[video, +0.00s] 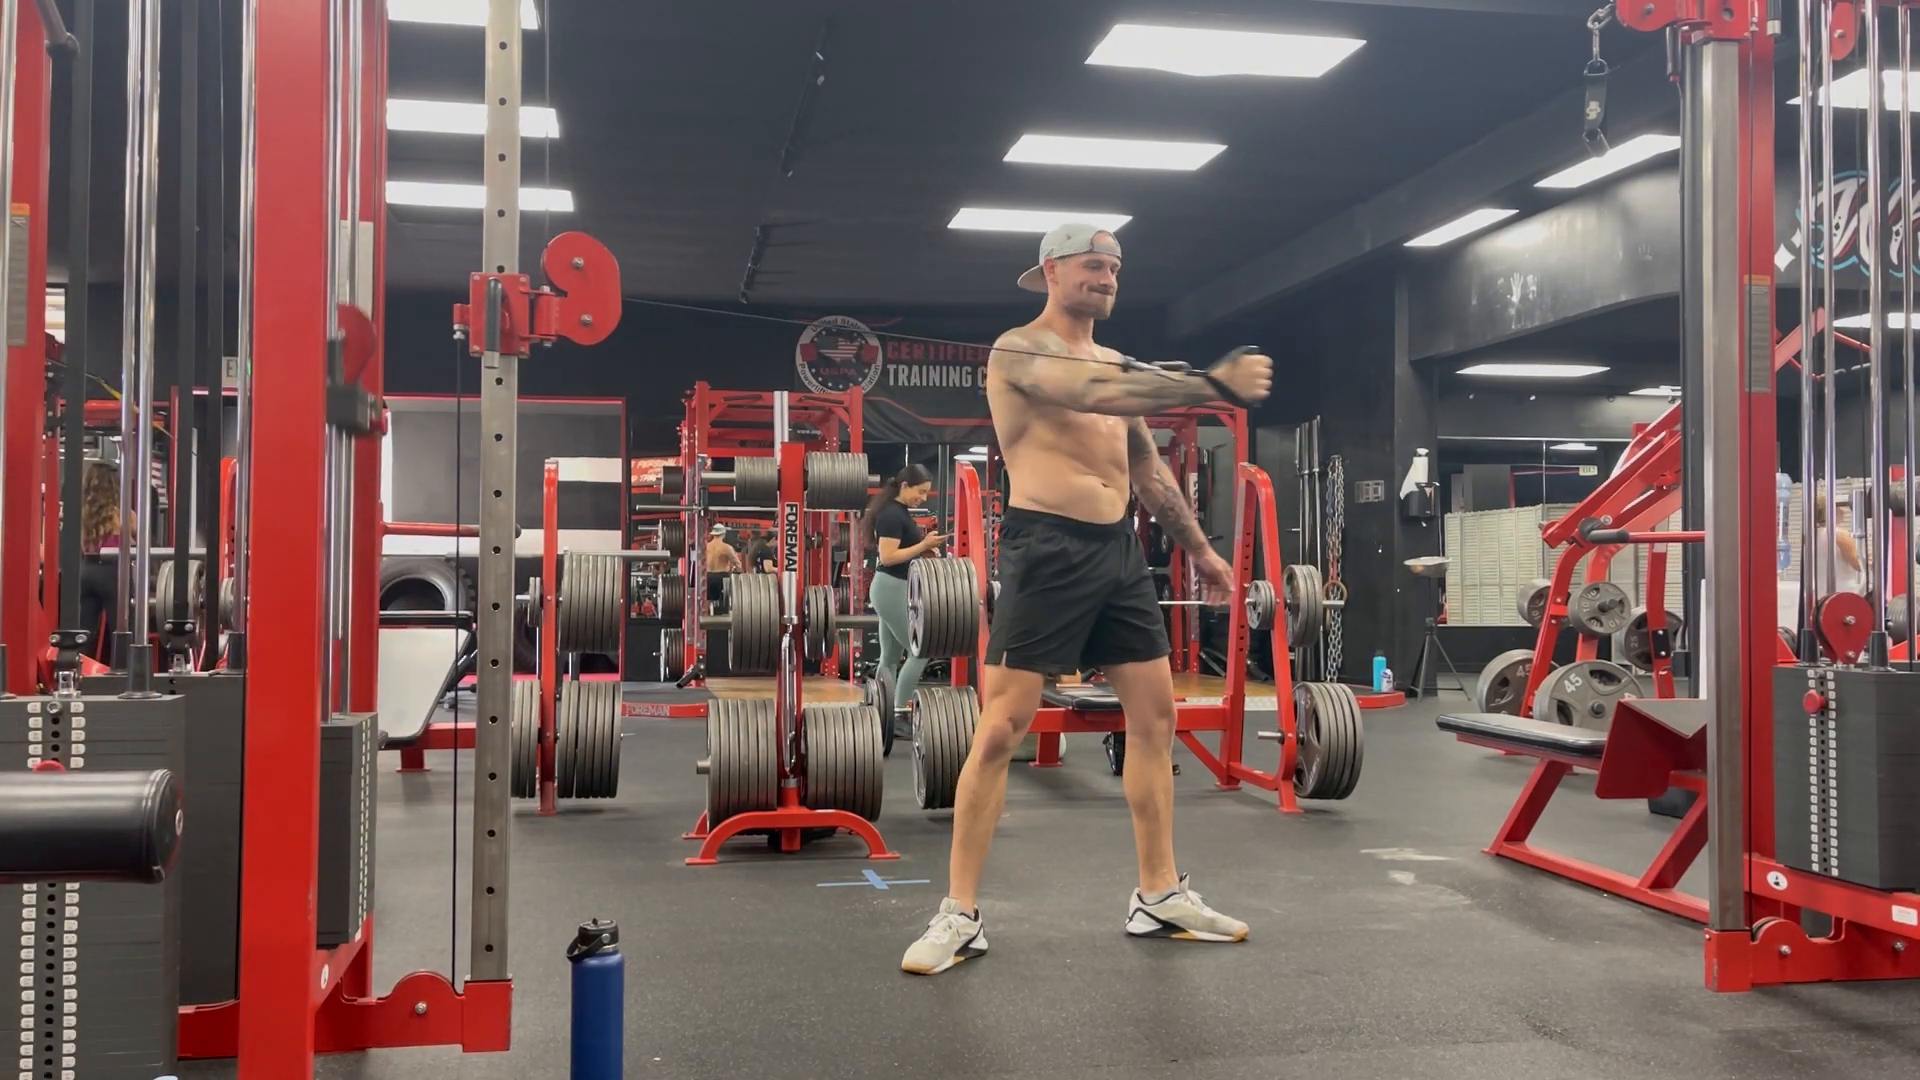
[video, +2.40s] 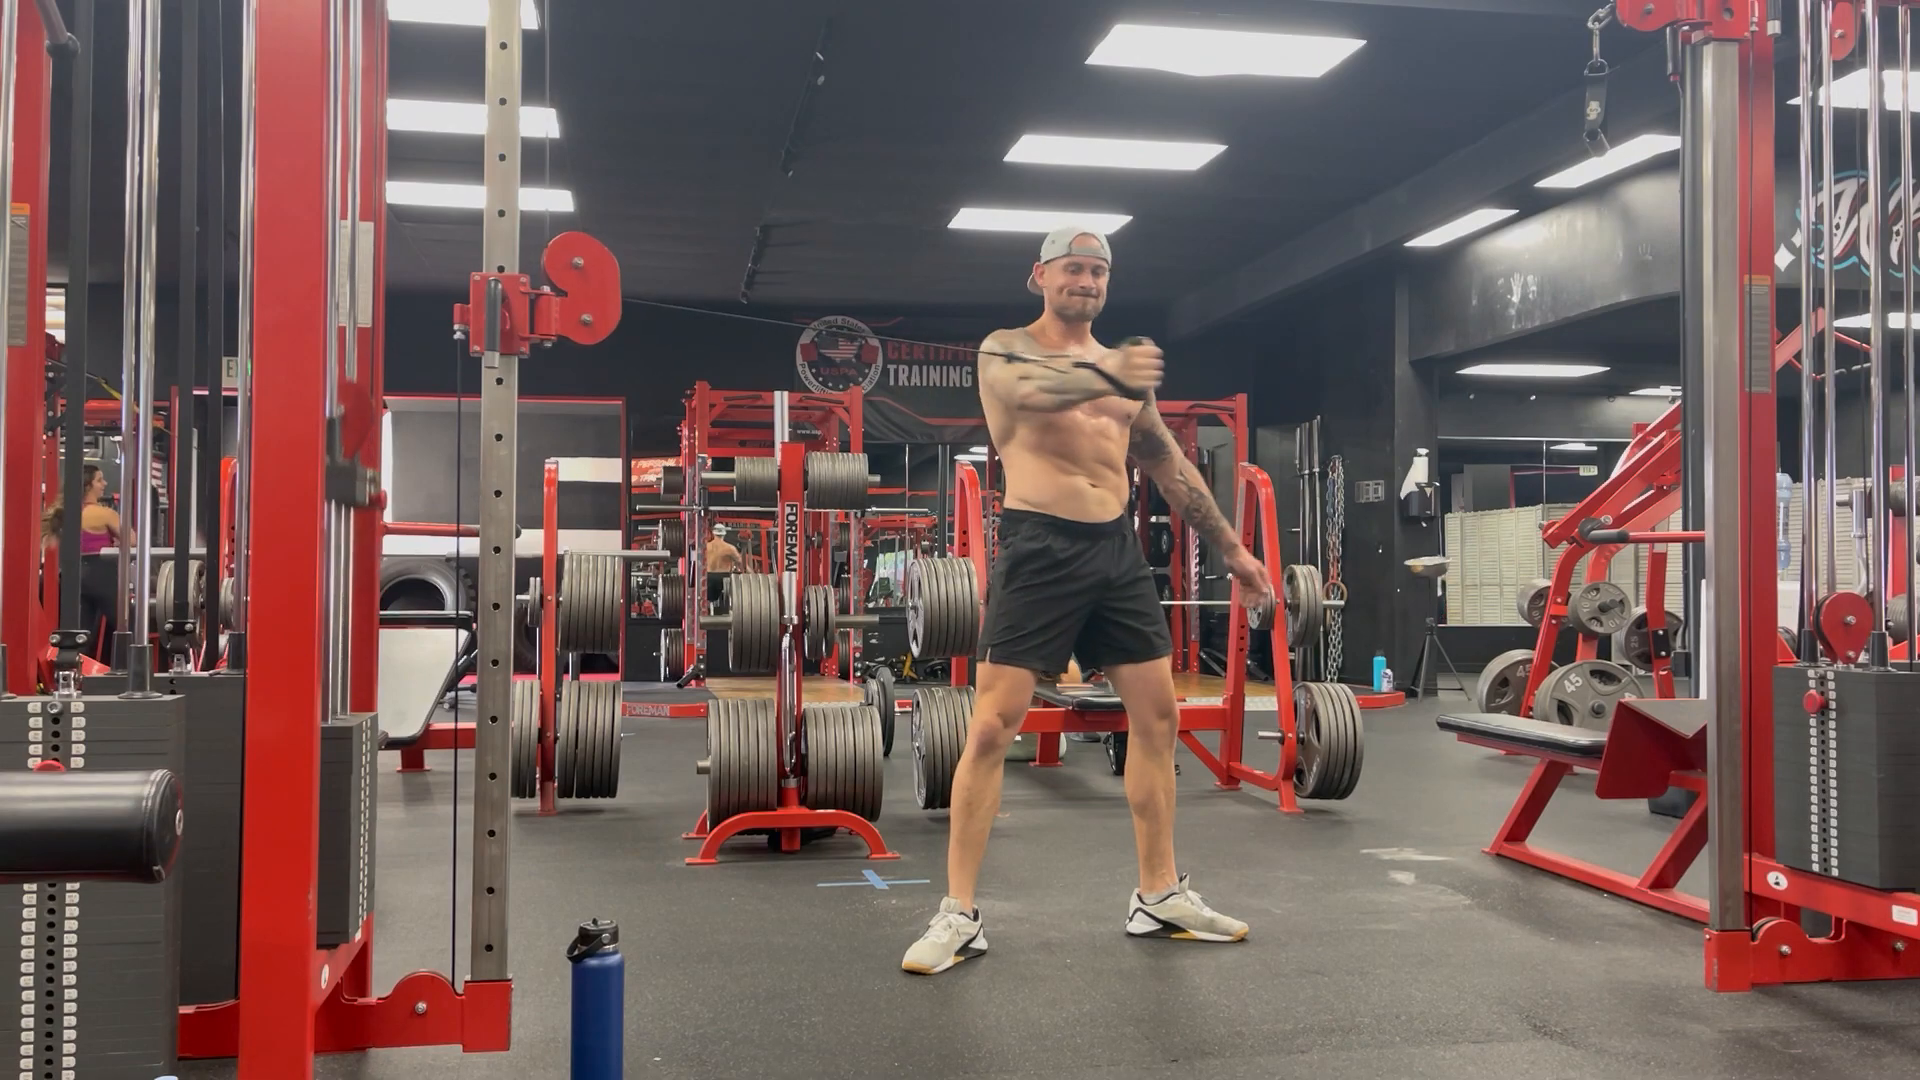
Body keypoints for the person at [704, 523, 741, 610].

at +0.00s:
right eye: (724, 534)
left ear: (713, 534)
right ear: (723, 535)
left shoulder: (707, 546)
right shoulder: (726, 547)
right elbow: (737, 563)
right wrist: (738, 572)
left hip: (709, 573)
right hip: (723, 573)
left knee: (708, 601)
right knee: (722, 602)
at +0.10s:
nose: (725, 535)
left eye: (725, 533)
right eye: (725, 533)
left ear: (713, 534)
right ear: (722, 534)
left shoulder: (708, 546)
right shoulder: (725, 547)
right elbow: (733, 561)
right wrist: (739, 568)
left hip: (709, 573)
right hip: (721, 573)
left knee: (709, 601)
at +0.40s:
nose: (727, 536)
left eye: (727, 534)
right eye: (725, 534)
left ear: (717, 534)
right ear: (720, 533)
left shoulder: (710, 545)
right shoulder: (719, 546)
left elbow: (730, 553)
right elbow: (726, 565)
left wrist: (748, 555)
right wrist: (733, 573)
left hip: (711, 573)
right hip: (720, 574)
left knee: (710, 600)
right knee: (721, 603)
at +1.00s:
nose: (724, 536)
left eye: (724, 534)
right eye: (724, 534)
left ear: (713, 534)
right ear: (722, 534)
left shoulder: (707, 546)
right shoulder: (724, 547)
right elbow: (735, 565)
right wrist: (739, 570)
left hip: (709, 573)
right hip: (722, 573)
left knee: (709, 600)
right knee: (722, 602)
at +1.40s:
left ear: (713, 534)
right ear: (723, 534)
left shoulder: (707, 546)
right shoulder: (729, 547)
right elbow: (739, 561)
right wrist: (738, 570)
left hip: (710, 573)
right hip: (724, 573)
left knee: (708, 600)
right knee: (724, 603)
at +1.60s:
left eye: (712, 534)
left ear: (712, 534)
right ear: (722, 535)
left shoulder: (707, 546)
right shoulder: (730, 548)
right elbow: (742, 563)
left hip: (710, 573)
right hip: (726, 574)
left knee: (708, 601)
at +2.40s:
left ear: (713, 533)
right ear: (724, 534)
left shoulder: (708, 546)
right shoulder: (729, 548)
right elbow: (739, 560)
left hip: (711, 573)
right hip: (725, 574)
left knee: (711, 601)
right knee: (724, 602)